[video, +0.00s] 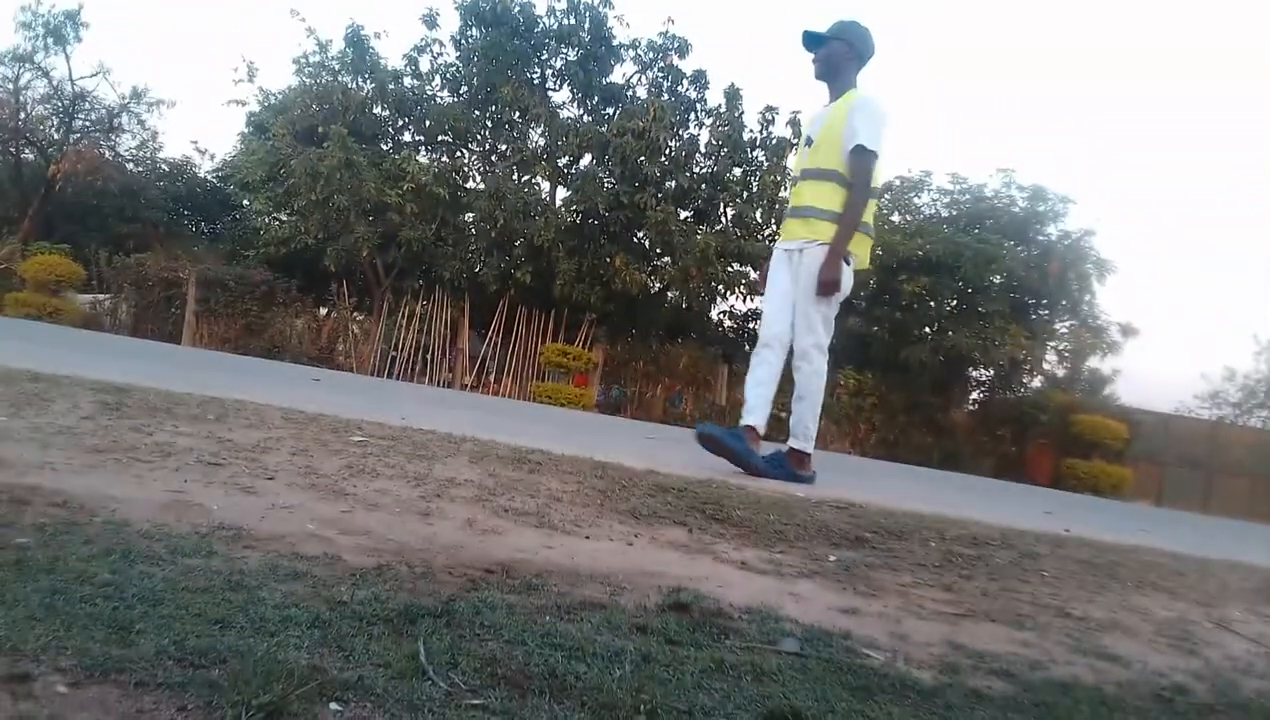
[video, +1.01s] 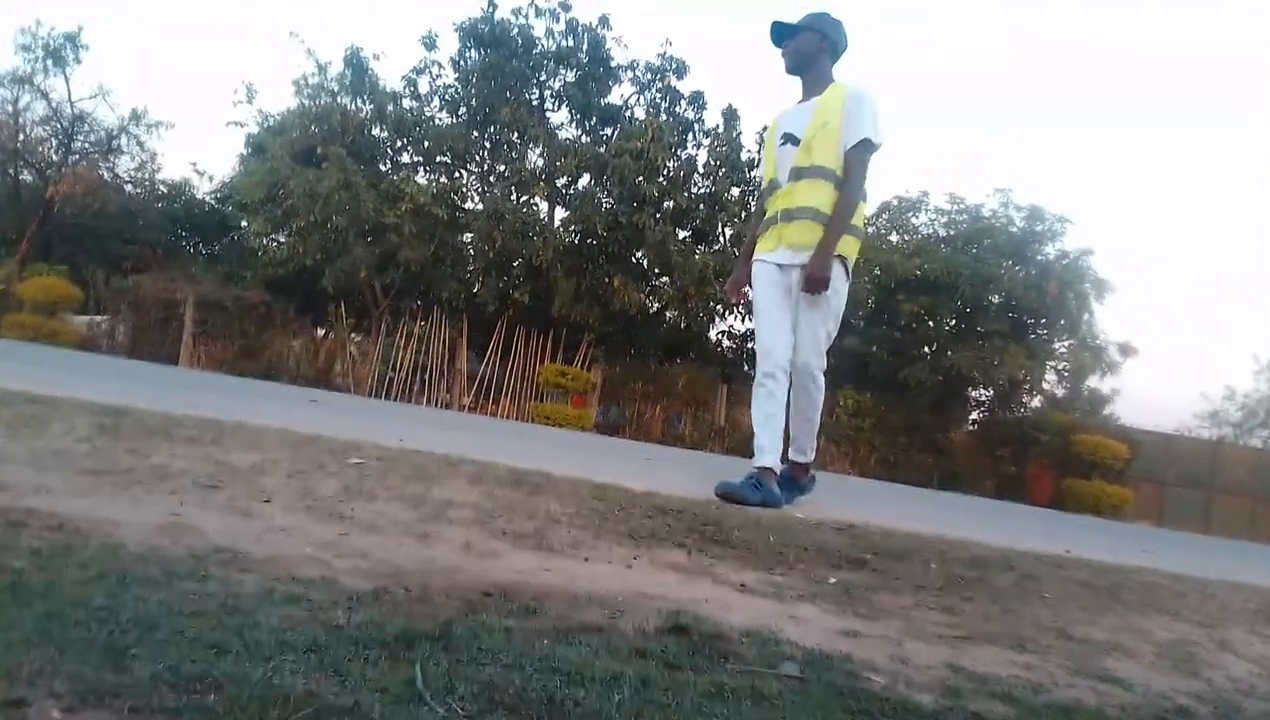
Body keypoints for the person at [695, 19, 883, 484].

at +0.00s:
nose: (816, 53)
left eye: (827, 46)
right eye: (819, 46)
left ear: (852, 55)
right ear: (832, 57)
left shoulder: (863, 108)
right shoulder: (819, 119)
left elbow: (860, 184)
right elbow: (803, 194)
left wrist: (836, 254)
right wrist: (777, 251)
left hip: (827, 248)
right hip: (789, 245)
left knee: (810, 348)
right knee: (771, 337)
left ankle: (799, 456)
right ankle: (749, 435)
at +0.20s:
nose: (815, 48)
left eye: (825, 39)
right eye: (817, 41)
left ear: (852, 48)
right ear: (837, 50)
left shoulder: (871, 98)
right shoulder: (811, 115)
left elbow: (869, 177)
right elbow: (797, 193)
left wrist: (848, 248)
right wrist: (775, 253)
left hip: (833, 243)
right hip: (792, 244)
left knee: (817, 348)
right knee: (787, 341)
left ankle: (804, 455)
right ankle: (779, 444)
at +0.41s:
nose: (809, 46)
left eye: (819, 38)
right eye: (810, 39)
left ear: (845, 46)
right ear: (831, 48)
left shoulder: (866, 97)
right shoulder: (807, 115)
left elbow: (866, 175)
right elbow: (794, 191)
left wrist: (846, 249)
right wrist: (771, 251)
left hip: (828, 243)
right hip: (786, 243)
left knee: (811, 349)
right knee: (778, 342)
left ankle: (800, 455)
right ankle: (769, 444)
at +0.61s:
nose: (803, 42)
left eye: (814, 34)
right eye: (805, 35)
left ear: (841, 43)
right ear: (822, 45)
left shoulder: (864, 94)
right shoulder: (796, 114)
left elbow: (860, 170)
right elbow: (789, 190)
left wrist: (837, 240)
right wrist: (769, 253)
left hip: (830, 242)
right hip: (782, 243)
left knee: (808, 342)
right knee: (770, 342)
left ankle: (800, 454)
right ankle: (756, 449)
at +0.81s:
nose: (797, 31)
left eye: (808, 21)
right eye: (798, 24)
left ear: (836, 30)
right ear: (812, 37)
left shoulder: (862, 85)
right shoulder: (793, 103)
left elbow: (858, 165)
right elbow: (779, 174)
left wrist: (824, 233)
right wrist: (775, 226)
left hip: (829, 233)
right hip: (781, 229)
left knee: (808, 334)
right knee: (759, 318)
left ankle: (799, 451)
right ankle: (764, 439)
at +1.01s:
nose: (786, 45)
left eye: (798, 37)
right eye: (787, 38)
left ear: (826, 47)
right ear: (795, 52)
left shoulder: (852, 100)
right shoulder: (780, 122)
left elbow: (854, 183)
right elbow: (768, 200)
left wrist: (823, 253)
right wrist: (744, 261)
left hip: (821, 255)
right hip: (772, 254)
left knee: (807, 363)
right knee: (770, 362)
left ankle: (800, 468)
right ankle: (765, 474)